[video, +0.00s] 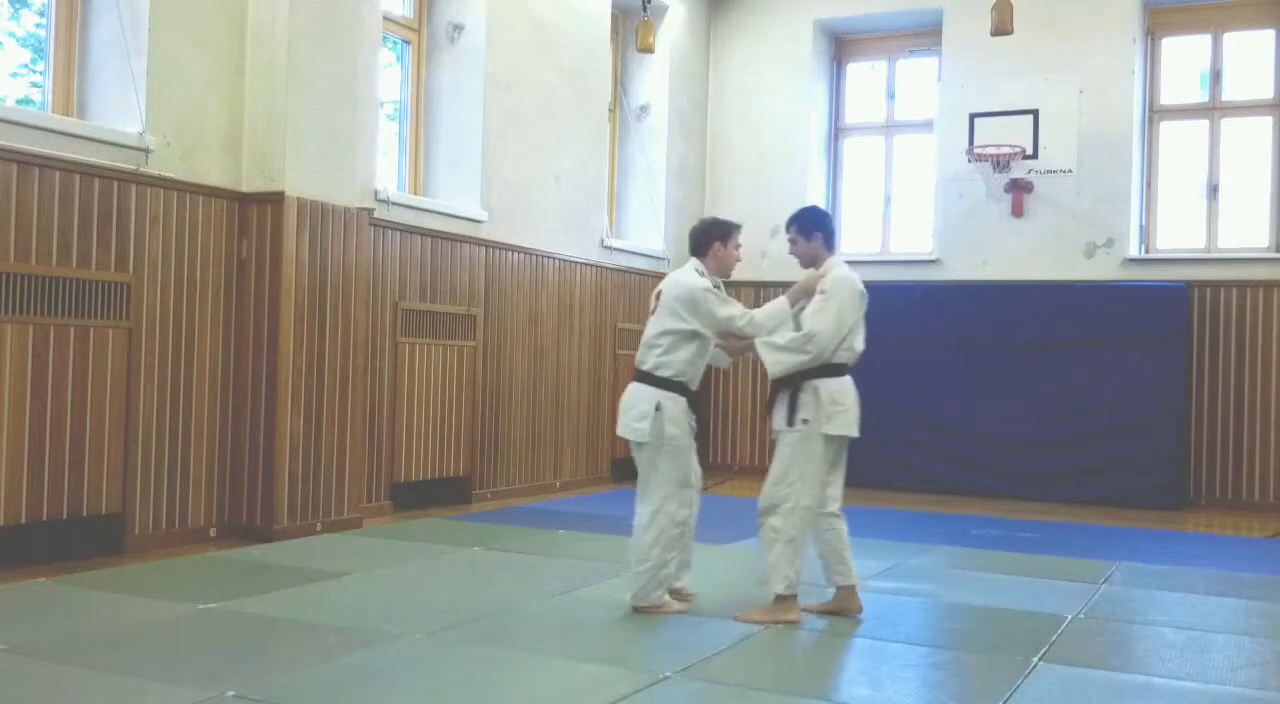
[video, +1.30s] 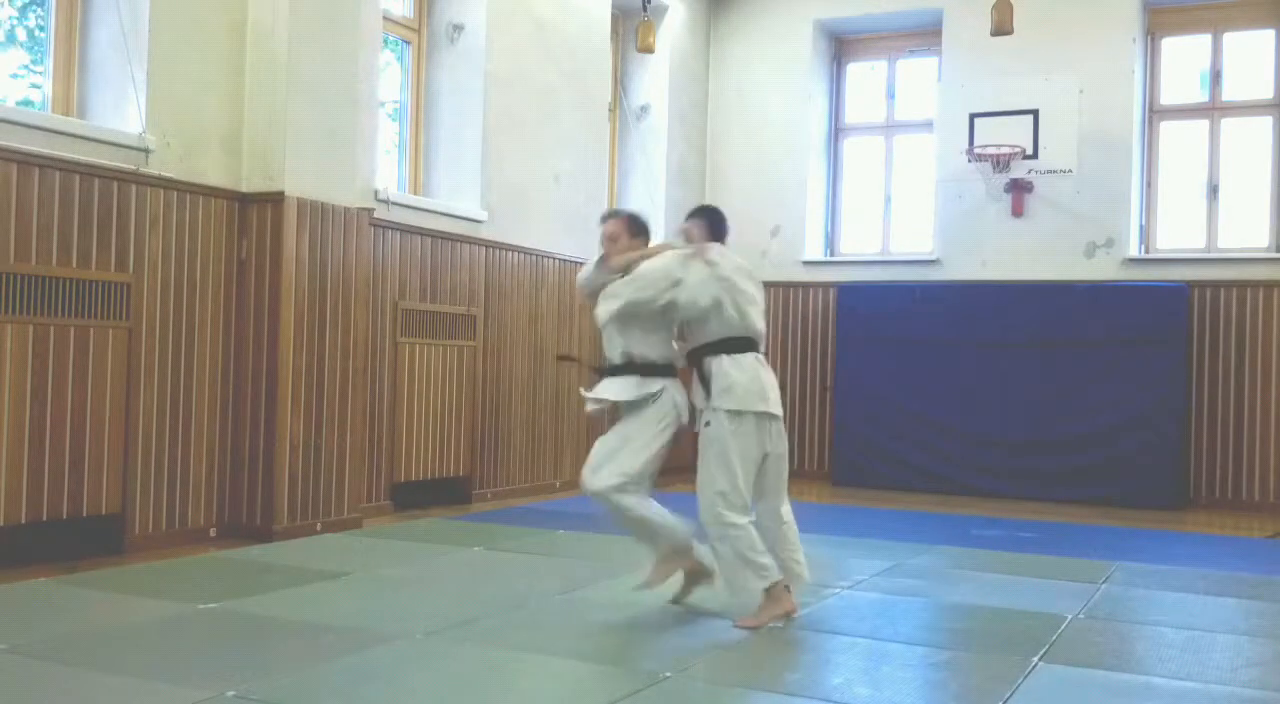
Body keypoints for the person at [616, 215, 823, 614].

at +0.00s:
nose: (740, 256)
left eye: (739, 247)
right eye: (735, 247)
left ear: (710, 249)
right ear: (714, 248)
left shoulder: (688, 282)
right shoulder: (692, 285)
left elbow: (696, 348)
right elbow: (746, 324)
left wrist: (735, 349)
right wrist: (795, 297)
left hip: (668, 401)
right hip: (658, 403)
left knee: (684, 490)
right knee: (670, 494)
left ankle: (669, 580)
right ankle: (647, 594)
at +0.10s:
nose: (726, 253)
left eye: (726, 245)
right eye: (722, 245)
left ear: (689, 245)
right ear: (701, 245)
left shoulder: (656, 279)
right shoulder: (690, 284)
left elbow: (707, 342)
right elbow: (737, 325)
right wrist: (779, 293)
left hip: (632, 398)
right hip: (666, 403)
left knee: (632, 494)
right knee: (675, 497)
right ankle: (650, 592)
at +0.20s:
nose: (705, 253)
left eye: (705, 246)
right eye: (703, 246)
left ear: (666, 245)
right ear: (685, 246)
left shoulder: (635, 281)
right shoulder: (685, 282)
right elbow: (723, 315)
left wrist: (701, 336)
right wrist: (762, 285)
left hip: (630, 402)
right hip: (676, 405)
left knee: (609, 493)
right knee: (710, 485)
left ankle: (588, 580)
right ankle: (674, 568)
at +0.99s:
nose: (687, 268)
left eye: (687, 261)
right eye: (682, 260)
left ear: (654, 256)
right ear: (658, 256)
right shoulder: (647, 277)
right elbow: (699, 280)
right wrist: (725, 262)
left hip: (590, 407)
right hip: (624, 406)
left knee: (600, 504)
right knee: (663, 495)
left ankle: (580, 589)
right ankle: (641, 587)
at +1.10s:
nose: (676, 245)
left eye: (677, 238)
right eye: (666, 239)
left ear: (680, 245)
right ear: (643, 245)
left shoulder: (683, 294)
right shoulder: (618, 275)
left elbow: (692, 360)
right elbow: (639, 261)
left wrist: (723, 347)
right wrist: (692, 248)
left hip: (649, 406)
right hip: (609, 401)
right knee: (639, 499)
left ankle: (590, 549)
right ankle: (639, 591)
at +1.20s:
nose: (638, 230)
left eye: (647, 224)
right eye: (631, 223)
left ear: (662, 229)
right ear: (619, 228)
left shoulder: (677, 269)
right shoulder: (601, 271)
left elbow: (690, 335)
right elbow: (596, 263)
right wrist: (664, 248)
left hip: (656, 397)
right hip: (606, 397)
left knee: (647, 488)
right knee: (609, 498)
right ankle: (655, 575)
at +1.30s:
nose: (605, 248)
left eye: (613, 240)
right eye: (603, 240)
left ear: (638, 241)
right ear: (605, 243)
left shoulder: (662, 274)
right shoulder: (607, 280)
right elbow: (586, 283)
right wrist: (651, 254)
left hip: (659, 395)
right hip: (630, 396)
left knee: (600, 478)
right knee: (630, 490)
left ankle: (674, 547)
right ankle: (694, 563)